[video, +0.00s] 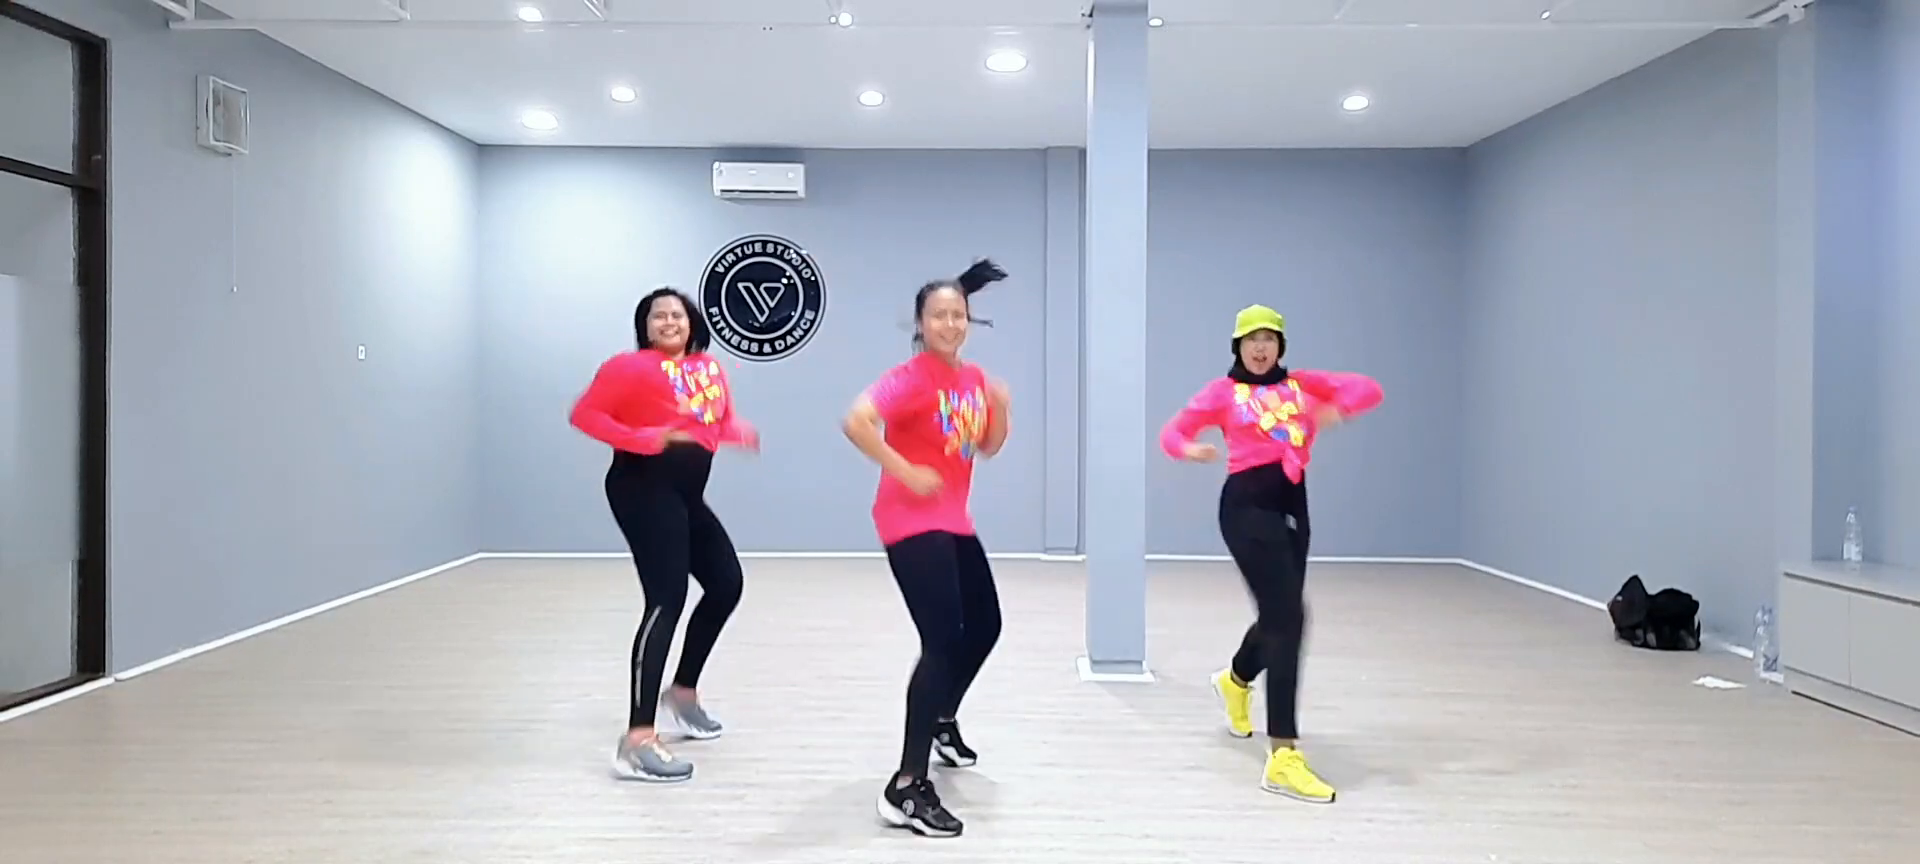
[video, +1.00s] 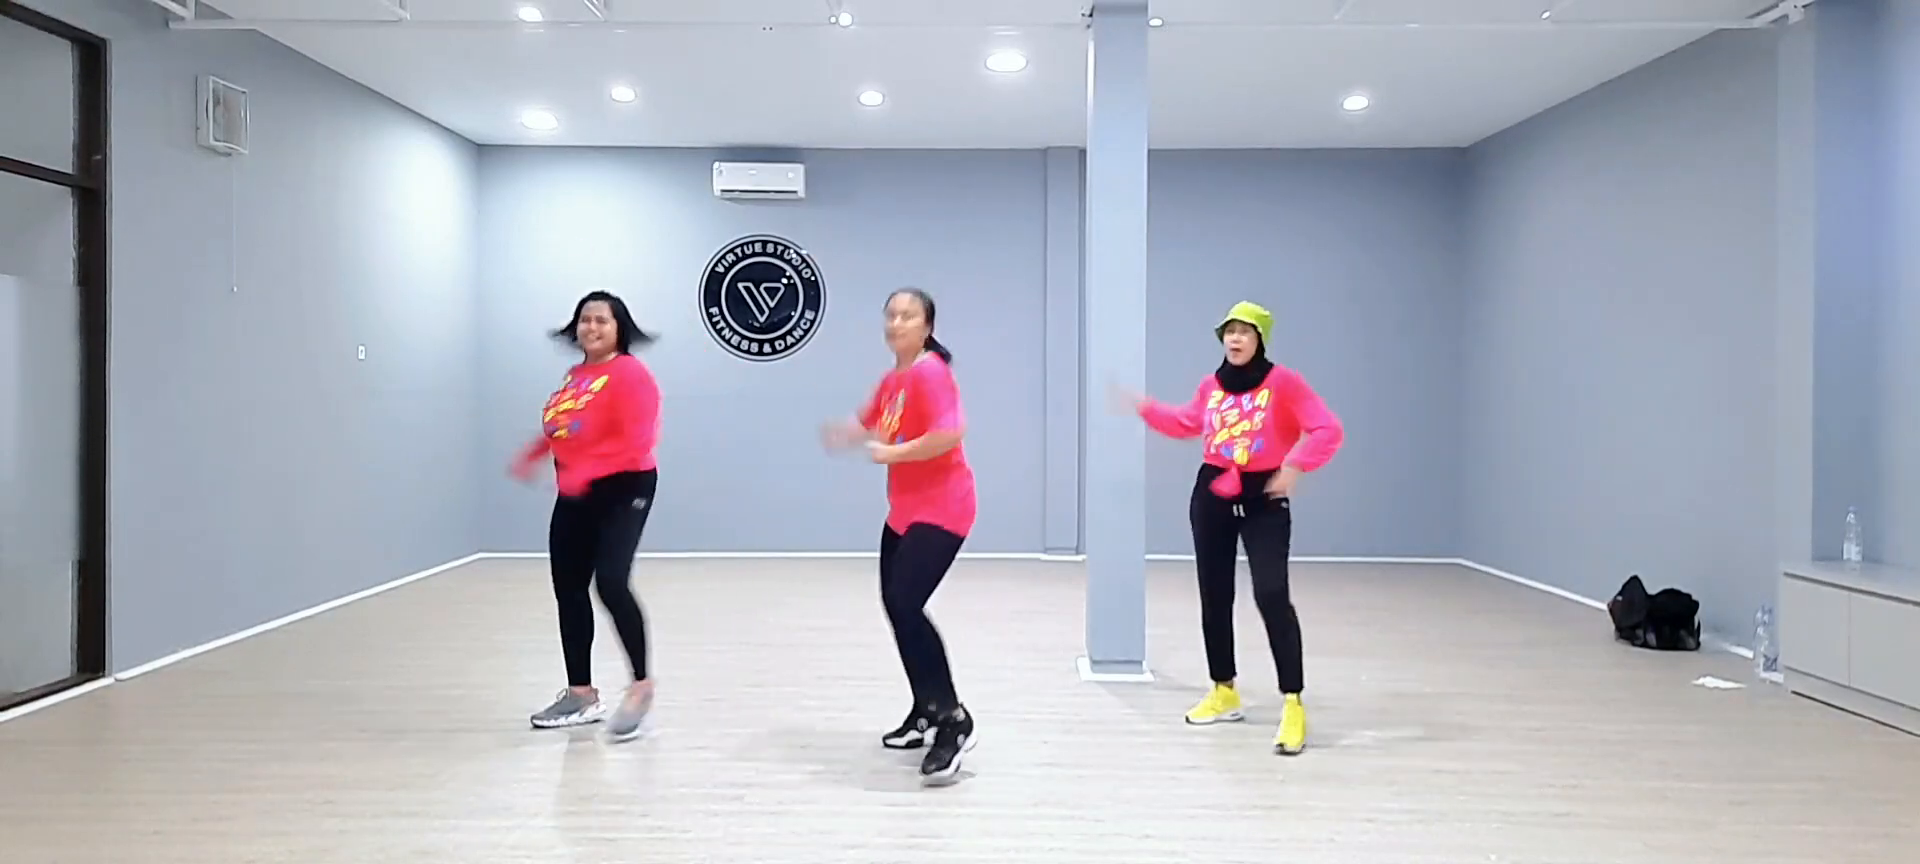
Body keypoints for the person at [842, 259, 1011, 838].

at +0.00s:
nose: (952, 323)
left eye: (959, 314)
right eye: (941, 314)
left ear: (969, 323)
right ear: (921, 323)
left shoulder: (973, 381)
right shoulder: (910, 376)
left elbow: (988, 448)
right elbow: (856, 420)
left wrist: (999, 408)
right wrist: (905, 470)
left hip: (956, 521)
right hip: (913, 523)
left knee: (984, 626)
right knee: (944, 642)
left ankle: (942, 717)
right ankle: (907, 782)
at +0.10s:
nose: (972, 334)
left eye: (973, 326)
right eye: (961, 326)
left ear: (967, 337)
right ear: (929, 336)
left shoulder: (962, 393)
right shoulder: (920, 394)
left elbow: (952, 458)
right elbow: (909, 467)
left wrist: (984, 476)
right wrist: (963, 512)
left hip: (940, 531)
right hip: (910, 536)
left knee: (973, 638)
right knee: (956, 646)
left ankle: (932, 725)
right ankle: (909, 784)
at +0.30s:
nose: (966, 309)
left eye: (963, 300)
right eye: (964, 300)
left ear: (917, 305)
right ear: (953, 302)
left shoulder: (892, 351)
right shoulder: (962, 354)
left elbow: (851, 390)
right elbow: (1001, 421)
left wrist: (883, 431)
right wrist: (1001, 367)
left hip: (887, 504)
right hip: (939, 504)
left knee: (933, 604)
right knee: (963, 617)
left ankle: (917, 724)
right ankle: (929, 745)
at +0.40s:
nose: (953, 315)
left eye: (948, 306)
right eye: (952, 307)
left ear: (906, 313)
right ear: (947, 311)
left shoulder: (877, 364)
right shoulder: (967, 365)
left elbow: (830, 402)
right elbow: (992, 433)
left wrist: (847, 468)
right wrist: (973, 390)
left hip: (887, 515)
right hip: (948, 512)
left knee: (913, 626)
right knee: (983, 612)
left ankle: (913, 759)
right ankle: (932, 672)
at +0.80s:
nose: (881, 317)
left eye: (886, 310)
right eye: (884, 309)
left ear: (902, 315)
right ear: (920, 319)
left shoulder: (889, 362)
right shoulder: (938, 363)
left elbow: (859, 424)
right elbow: (982, 409)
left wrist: (860, 380)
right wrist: (943, 445)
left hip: (917, 506)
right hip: (945, 503)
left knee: (880, 615)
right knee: (908, 607)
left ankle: (939, 721)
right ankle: (923, 703)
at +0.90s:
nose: (878, 334)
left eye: (888, 327)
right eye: (880, 325)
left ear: (915, 338)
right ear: (904, 339)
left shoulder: (915, 384)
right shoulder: (907, 385)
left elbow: (898, 452)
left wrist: (862, 418)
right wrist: (888, 479)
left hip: (935, 519)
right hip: (907, 519)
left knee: (890, 619)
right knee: (887, 618)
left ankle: (944, 724)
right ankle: (927, 710)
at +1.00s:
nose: (896, 322)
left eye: (907, 315)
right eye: (891, 315)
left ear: (928, 325)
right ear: (884, 325)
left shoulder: (933, 372)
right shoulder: (891, 380)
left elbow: (950, 434)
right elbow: (871, 427)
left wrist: (893, 452)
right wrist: (846, 435)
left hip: (942, 508)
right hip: (905, 508)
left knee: (905, 603)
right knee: (895, 603)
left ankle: (951, 715)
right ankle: (926, 707)